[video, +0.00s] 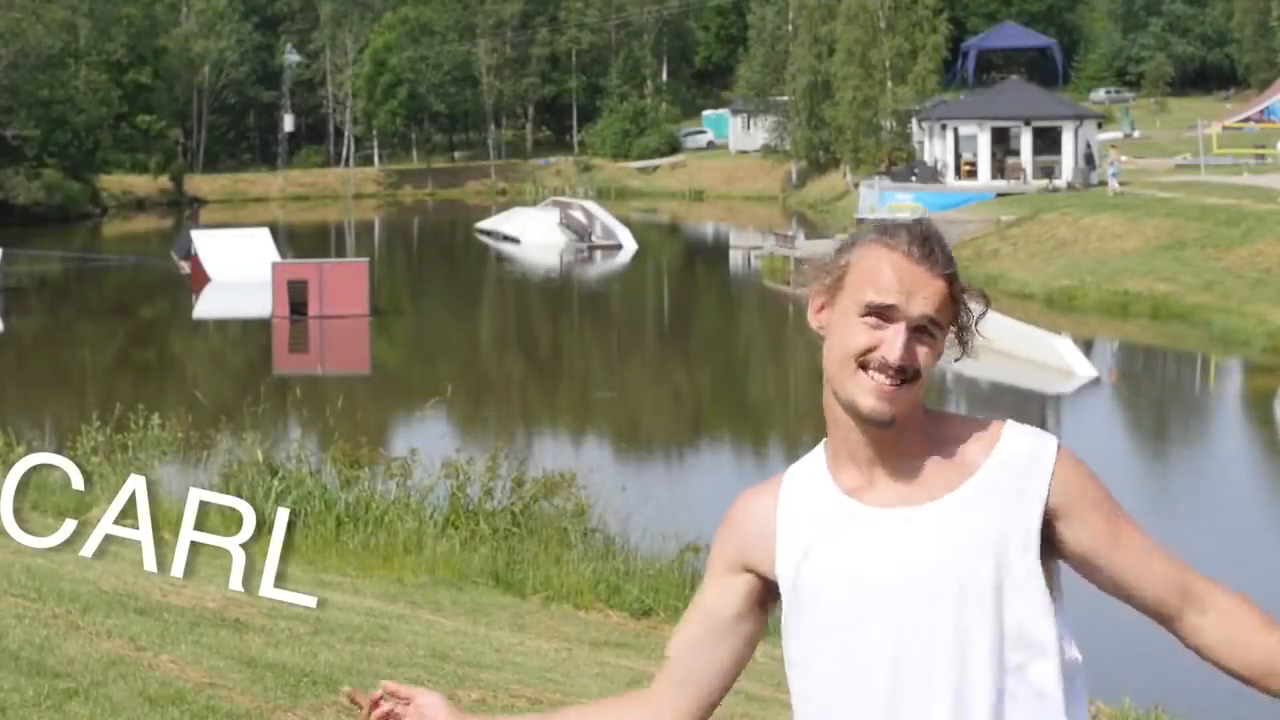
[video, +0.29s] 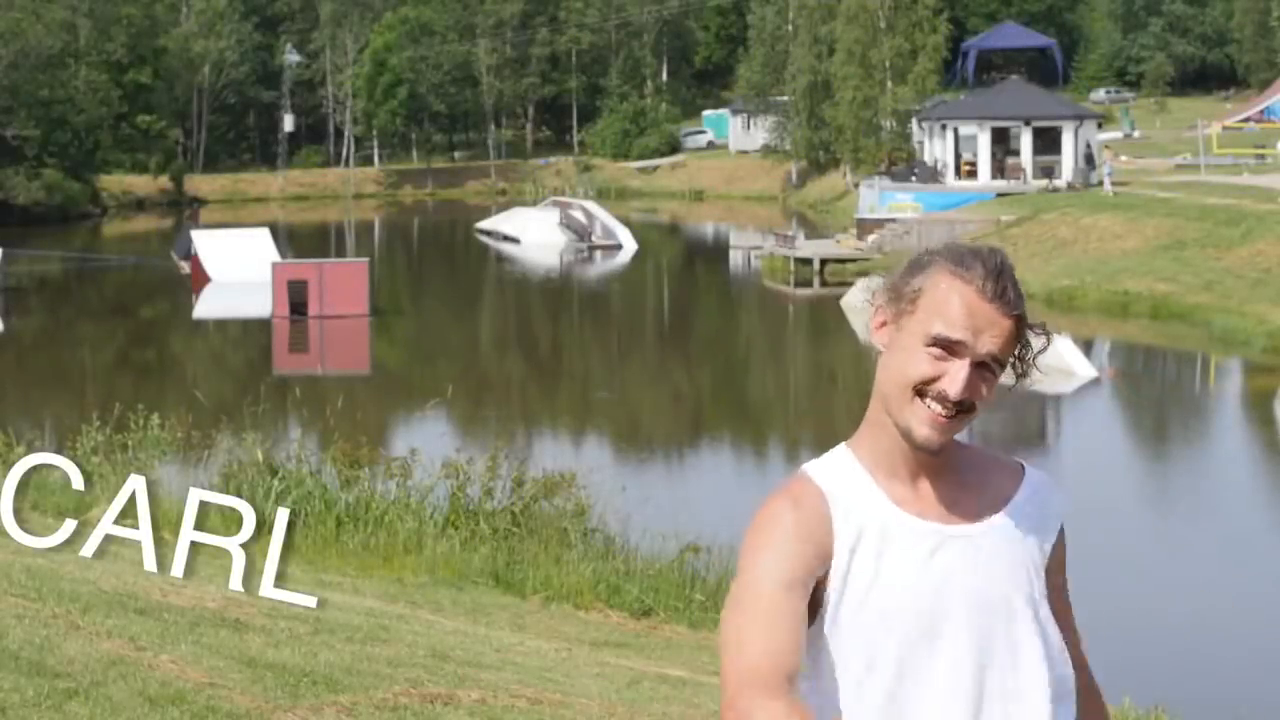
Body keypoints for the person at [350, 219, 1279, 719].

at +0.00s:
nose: (899, 346)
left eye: (925, 328)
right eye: (876, 316)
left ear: (948, 344)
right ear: (818, 318)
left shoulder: (1028, 468)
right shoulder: (764, 520)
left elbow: (1196, 609)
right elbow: (662, 707)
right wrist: (464, 719)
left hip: (1021, 715)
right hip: (853, 718)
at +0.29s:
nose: (959, 387)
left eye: (986, 367)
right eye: (943, 349)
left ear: (1001, 376)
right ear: (883, 326)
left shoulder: (1033, 503)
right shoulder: (803, 518)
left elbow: (1073, 677)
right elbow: (755, 703)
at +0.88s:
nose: (1011, 343)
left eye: (1015, 316)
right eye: (978, 318)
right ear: (892, 331)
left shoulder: (1050, 481)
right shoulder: (817, 487)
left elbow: (1106, 643)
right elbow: (779, 703)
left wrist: (1191, 712)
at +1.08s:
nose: (979, 332)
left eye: (981, 309)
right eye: (955, 307)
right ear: (862, 314)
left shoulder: (1024, 459)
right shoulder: (750, 483)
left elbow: (1194, 528)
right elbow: (644, 658)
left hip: (994, 711)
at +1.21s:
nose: (905, 324)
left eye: (911, 301)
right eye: (878, 298)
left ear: (915, 312)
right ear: (787, 304)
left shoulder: (974, 440)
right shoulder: (703, 475)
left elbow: (1168, 488)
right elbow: (590, 615)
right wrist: (417, 661)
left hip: (966, 714)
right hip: (782, 717)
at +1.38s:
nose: (798, 316)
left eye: (813, 292)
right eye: (765, 294)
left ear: (832, 302)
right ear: (694, 307)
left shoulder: (905, 437)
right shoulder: (652, 471)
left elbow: (1101, 535)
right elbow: (563, 626)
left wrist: (1266, 598)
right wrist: (406, 676)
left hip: (890, 711)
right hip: (725, 714)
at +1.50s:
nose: (737, 321)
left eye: (760, 295)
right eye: (709, 295)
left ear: (788, 303)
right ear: (662, 305)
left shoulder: (874, 443)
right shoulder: (627, 470)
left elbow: (1026, 592)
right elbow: (532, 645)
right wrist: (445, 719)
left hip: (859, 715)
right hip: (697, 715)